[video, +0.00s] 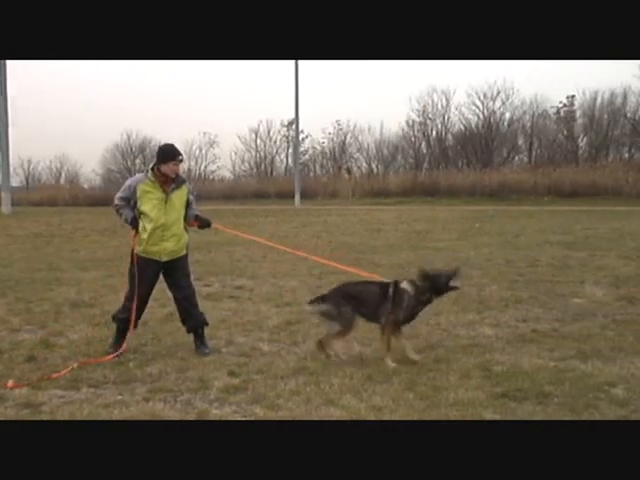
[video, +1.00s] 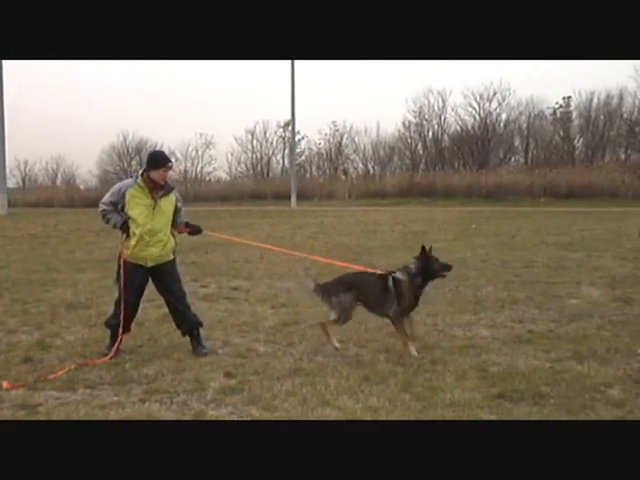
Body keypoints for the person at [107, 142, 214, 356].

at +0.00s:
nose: (177, 168)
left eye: (179, 164)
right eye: (173, 164)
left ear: (179, 164)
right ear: (160, 164)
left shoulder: (183, 186)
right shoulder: (138, 183)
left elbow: (189, 209)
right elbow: (120, 202)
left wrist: (196, 220)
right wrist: (133, 219)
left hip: (176, 253)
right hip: (147, 253)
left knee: (186, 296)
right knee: (136, 299)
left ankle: (200, 339)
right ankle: (118, 340)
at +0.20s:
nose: (173, 171)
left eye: (174, 167)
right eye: (169, 167)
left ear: (174, 167)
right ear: (156, 166)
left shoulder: (177, 188)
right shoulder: (133, 185)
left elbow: (182, 213)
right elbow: (113, 204)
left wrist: (189, 222)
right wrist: (128, 220)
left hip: (170, 254)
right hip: (142, 255)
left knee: (182, 298)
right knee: (131, 299)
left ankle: (198, 339)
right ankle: (117, 340)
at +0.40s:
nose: (170, 173)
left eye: (171, 169)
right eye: (167, 169)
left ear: (170, 169)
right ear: (154, 169)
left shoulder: (174, 192)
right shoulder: (129, 187)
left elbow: (178, 216)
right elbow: (109, 207)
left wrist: (185, 224)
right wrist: (125, 222)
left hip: (167, 256)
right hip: (138, 257)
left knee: (180, 298)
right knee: (129, 301)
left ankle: (198, 339)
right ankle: (117, 341)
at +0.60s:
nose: (166, 173)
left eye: (168, 169)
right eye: (163, 169)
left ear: (166, 170)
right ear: (150, 169)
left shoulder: (169, 191)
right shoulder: (127, 188)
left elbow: (171, 215)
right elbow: (105, 210)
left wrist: (178, 225)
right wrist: (123, 223)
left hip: (165, 257)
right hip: (136, 258)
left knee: (178, 299)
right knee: (128, 302)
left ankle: (197, 338)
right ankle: (116, 341)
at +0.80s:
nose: (165, 174)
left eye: (166, 170)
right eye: (162, 170)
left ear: (164, 171)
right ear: (149, 170)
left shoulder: (168, 192)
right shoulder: (125, 189)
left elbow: (170, 218)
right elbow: (104, 211)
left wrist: (179, 226)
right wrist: (122, 224)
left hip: (164, 258)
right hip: (136, 259)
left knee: (177, 300)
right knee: (129, 304)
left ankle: (196, 338)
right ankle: (115, 341)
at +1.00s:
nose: (167, 174)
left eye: (168, 170)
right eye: (163, 170)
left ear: (167, 171)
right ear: (150, 170)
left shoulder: (171, 195)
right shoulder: (126, 189)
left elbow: (177, 221)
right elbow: (106, 208)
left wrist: (186, 227)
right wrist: (122, 223)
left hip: (163, 258)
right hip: (134, 258)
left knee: (178, 299)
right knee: (127, 303)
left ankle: (196, 339)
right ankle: (114, 341)